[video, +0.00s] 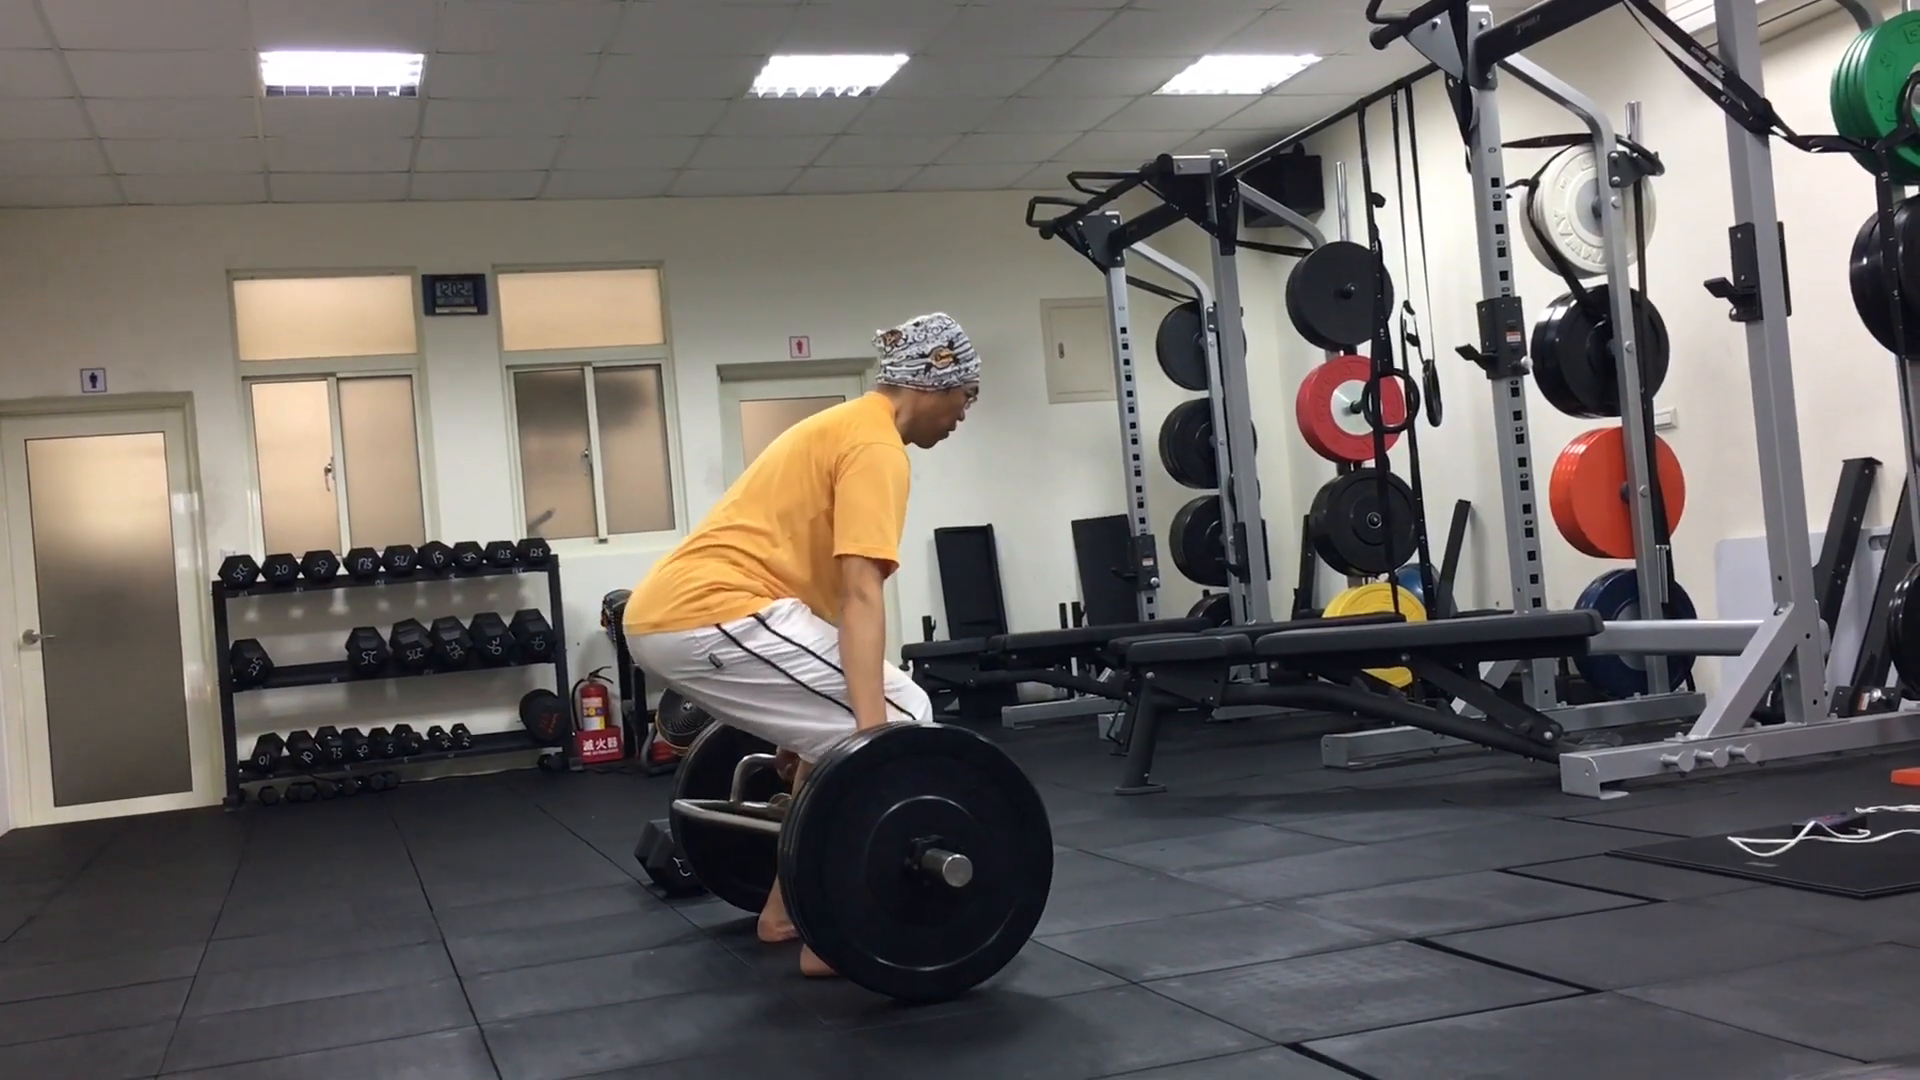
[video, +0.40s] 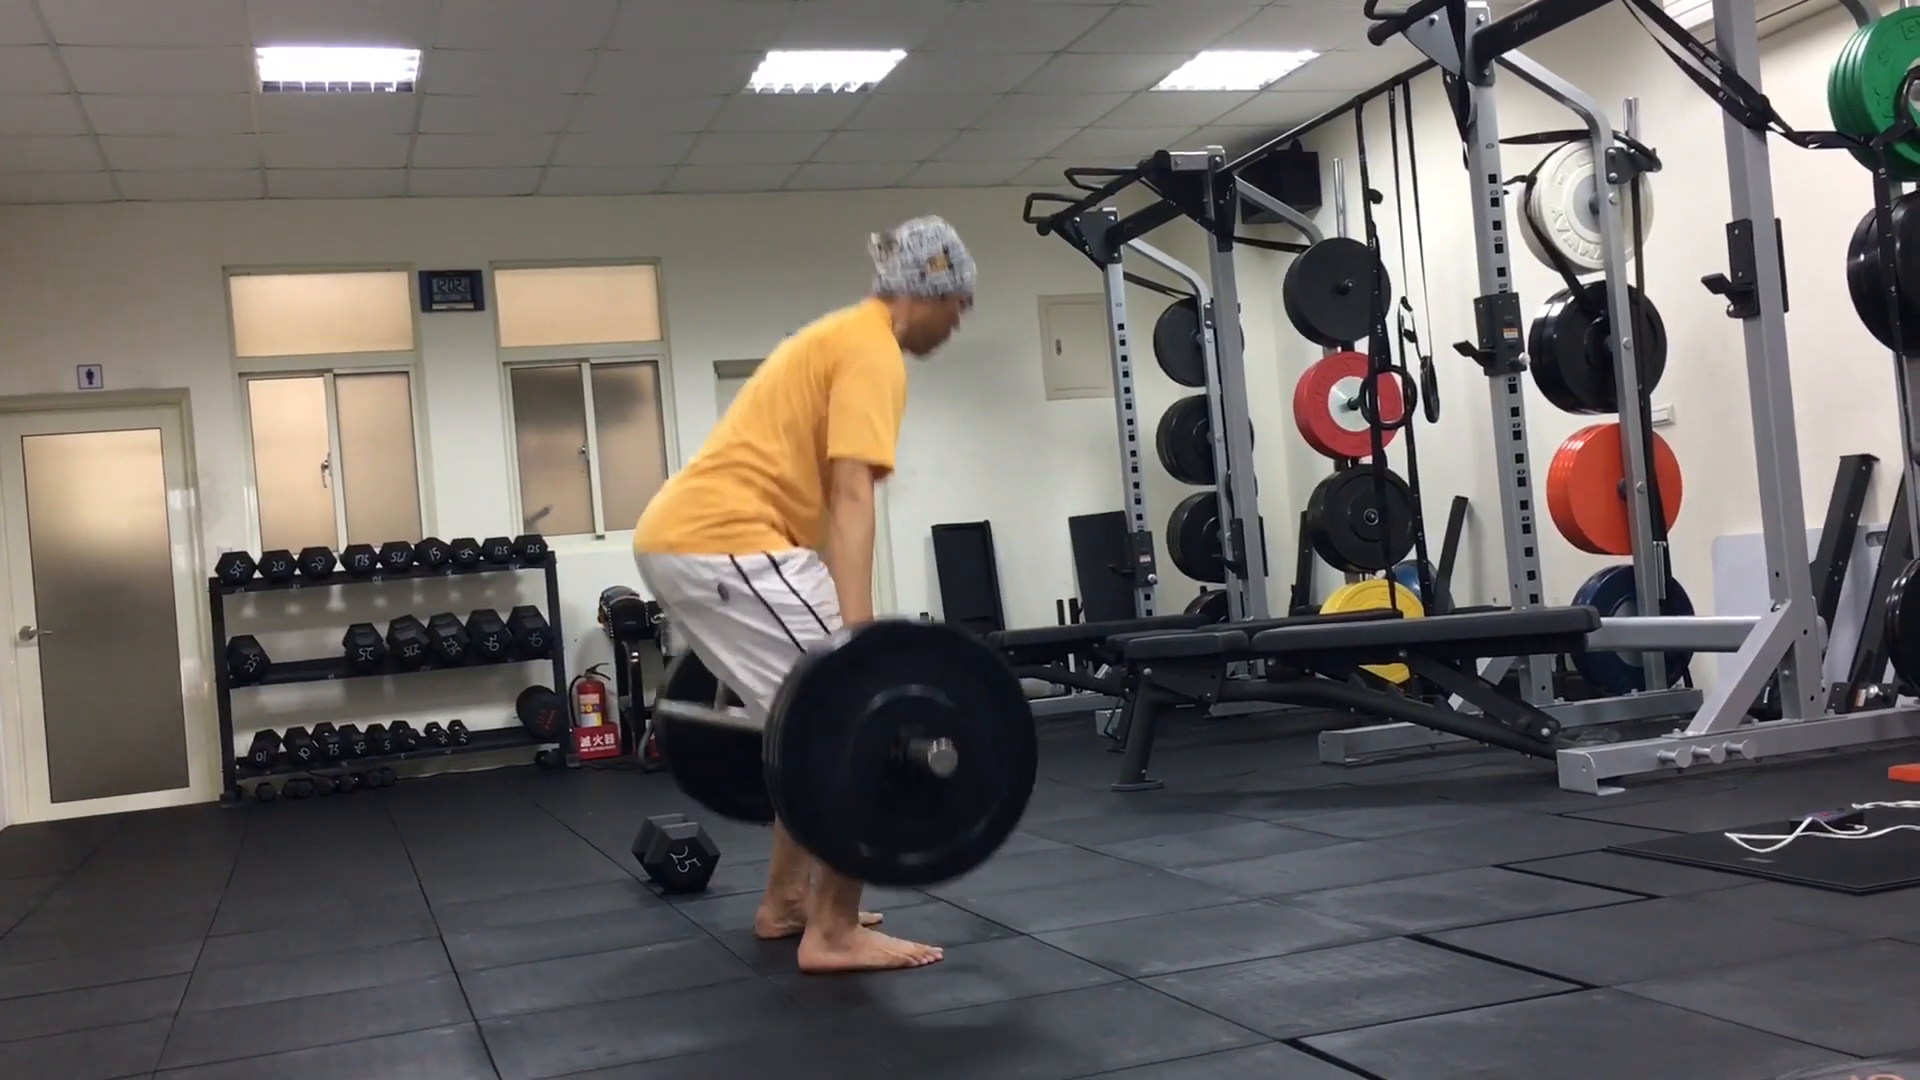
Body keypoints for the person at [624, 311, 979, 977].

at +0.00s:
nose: (961, 419)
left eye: (967, 405)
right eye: (962, 401)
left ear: (907, 382)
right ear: (926, 384)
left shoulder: (841, 428)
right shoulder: (874, 442)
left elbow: (825, 588)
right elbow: (859, 593)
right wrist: (872, 733)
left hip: (672, 613)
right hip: (717, 613)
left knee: (859, 713)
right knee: (904, 714)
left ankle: (785, 904)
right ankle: (838, 934)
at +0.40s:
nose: (957, 324)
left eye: (962, 309)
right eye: (957, 306)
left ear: (895, 288)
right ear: (926, 291)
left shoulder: (836, 337)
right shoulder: (869, 347)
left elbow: (819, 498)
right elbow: (850, 495)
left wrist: (827, 616)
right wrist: (858, 635)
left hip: (684, 535)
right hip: (728, 536)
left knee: (814, 708)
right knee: (853, 708)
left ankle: (787, 900)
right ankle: (834, 930)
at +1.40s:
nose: (915, 265)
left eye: (920, 249)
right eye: (916, 246)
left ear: (851, 229)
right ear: (885, 231)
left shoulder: (792, 292)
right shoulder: (836, 291)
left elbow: (788, 444)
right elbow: (843, 432)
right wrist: (872, 565)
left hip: (709, 543)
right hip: (759, 542)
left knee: (798, 741)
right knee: (857, 731)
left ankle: (790, 928)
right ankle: (838, 957)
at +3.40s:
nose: (926, 218)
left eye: (928, 201)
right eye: (924, 200)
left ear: (859, 184)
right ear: (896, 187)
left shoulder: (805, 255)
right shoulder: (838, 256)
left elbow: (791, 411)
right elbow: (840, 397)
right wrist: (868, 538)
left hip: (762, 533)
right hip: (807, 533)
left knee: (787, 739)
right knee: (837, 740)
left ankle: (802, 933)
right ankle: (849, 965)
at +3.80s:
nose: (962, 342)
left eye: (967, 325)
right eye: (963, 322)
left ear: (904, 304)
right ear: (929, 307)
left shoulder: (840, 360)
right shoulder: (870, 365)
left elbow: (843, 527)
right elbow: (870, 521)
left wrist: (863, 657)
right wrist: (890, 661)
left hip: (710, 579)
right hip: (745, 579)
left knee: (847, 738)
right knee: (887, 737)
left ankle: (806, 933)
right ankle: (853, 964)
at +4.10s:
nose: (980, 423)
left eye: (985, 408)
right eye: (980, 405)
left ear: (921, 390)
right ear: (946, 393)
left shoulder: (858, 438)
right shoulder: (887, 448)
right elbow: (883, 604)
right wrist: (904, 741)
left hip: (708, 640)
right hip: (749, 640)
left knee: (880, 755)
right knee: (936, 753)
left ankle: (807, 933)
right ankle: (852, 963)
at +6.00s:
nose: (982, 369)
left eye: (988, 354)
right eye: (982, 350)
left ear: (924, 332)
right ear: (947, 333)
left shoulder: (858, 381)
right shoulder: (888, 388)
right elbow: (894, 545)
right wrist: (916, 688)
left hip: (724, 593)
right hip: (760, 592)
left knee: (867, 742)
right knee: (904, 738)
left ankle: (814, 935)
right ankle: (860, 965)